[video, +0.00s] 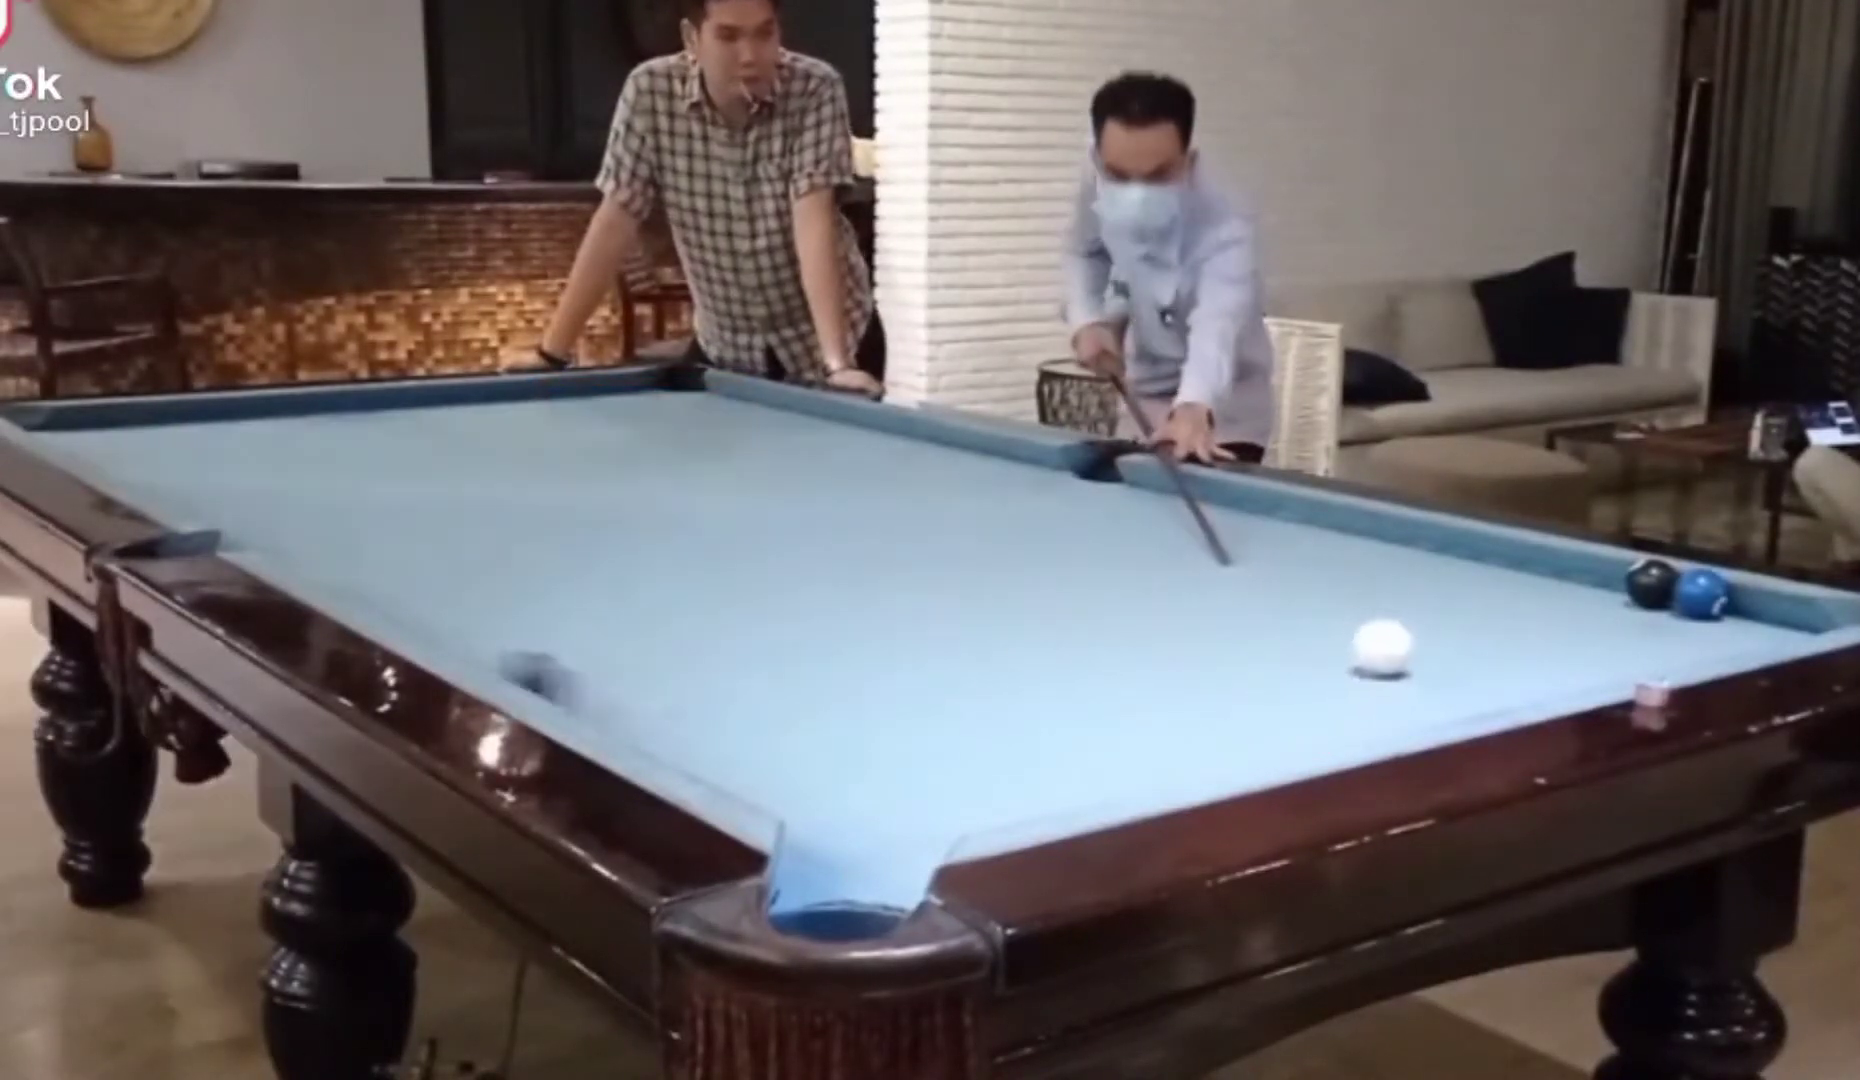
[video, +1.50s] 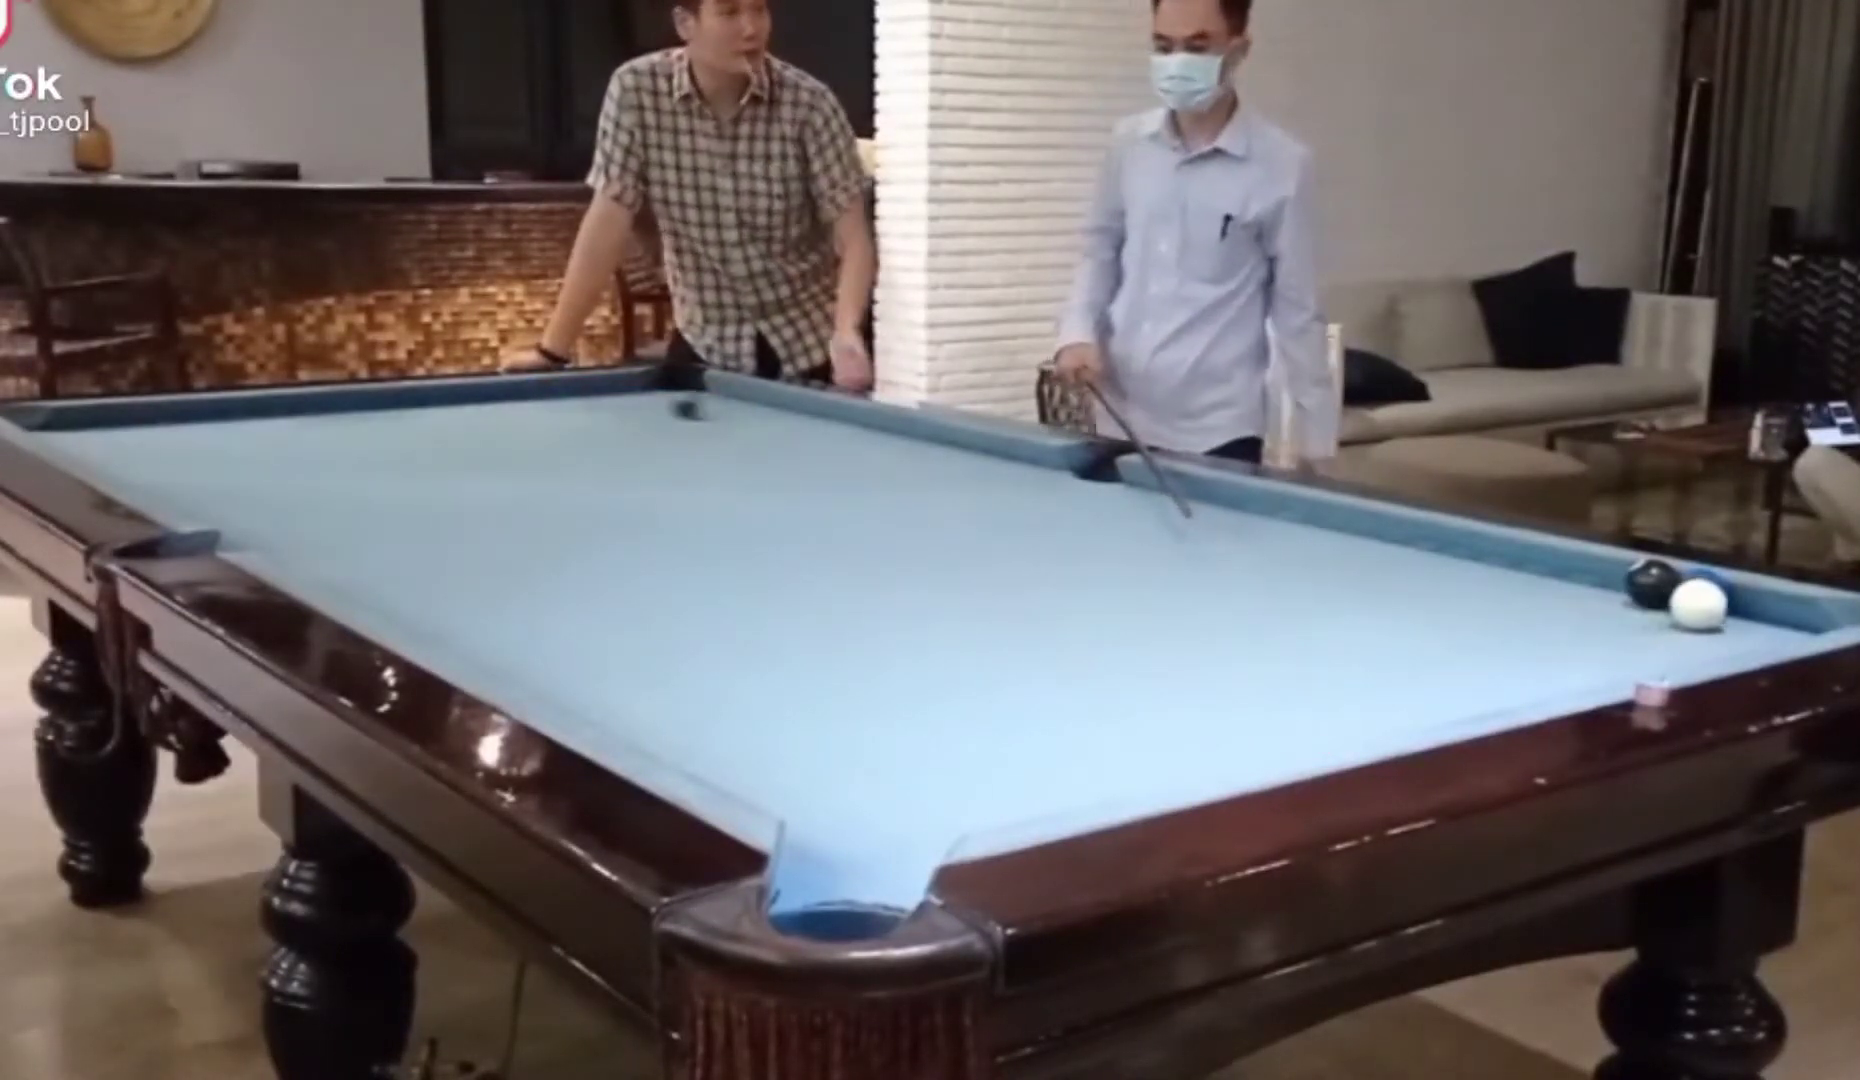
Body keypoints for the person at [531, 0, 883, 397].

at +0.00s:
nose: (750, 55)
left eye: (764, 34)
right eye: (728, 37)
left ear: (780, 32)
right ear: (692, 40)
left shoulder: (814, 89)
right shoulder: (650, 91)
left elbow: (814, 214)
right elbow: (618, 215)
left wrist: (838, 362)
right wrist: (552, 353)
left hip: (830, 346)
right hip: (726, 349)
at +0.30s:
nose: (726, 53)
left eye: (745, 32)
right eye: (708, 32)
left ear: (772, 30)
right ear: (680, 32)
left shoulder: (810, 89)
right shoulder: (646, 90)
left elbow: (812, 216)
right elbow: (616, 217)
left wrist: (838, 362)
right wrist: (552, 352)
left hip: (822, 353)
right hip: (720, 352)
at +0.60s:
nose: (710, 46)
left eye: (729, 25)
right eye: (692, 26)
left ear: (760, 24)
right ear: (670, 25)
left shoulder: (806, 91)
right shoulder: (643, 90)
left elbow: (810, 220)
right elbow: (615, 217)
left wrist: (837, 362)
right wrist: (553, 351)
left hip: (821, 346)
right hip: (722, 347)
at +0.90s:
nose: (721, 40)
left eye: (737, 21)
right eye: (702, 22)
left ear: (757, 23)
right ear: (669, 26)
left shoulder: (803, 94)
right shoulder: (641, 92)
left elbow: (810, 223)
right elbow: (614, 217)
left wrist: (837, 361)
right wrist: (553, 350)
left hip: (822, 341)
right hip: (724, 343)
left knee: (834, 495)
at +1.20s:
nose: (729, 37)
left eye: (743, 18)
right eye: (708, 21)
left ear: (760, 22)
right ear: (673, 28)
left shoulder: (805, 99)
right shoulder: (640, 94)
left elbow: (813, 231)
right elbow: (613, 220)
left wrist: (838, 360)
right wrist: (553, 350)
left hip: (814, 331)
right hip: (718, 334)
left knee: (825, 485)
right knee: (725, 485)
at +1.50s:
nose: (750, 28)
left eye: (759, 11)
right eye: (729, 12)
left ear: (772, 15)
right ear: (685, 23)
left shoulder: (809, 104)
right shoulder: (637, 91)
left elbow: (854, 237)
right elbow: (609, 217)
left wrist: (847, 333)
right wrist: (553, 350)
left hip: (811, 338)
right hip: (704, 339)